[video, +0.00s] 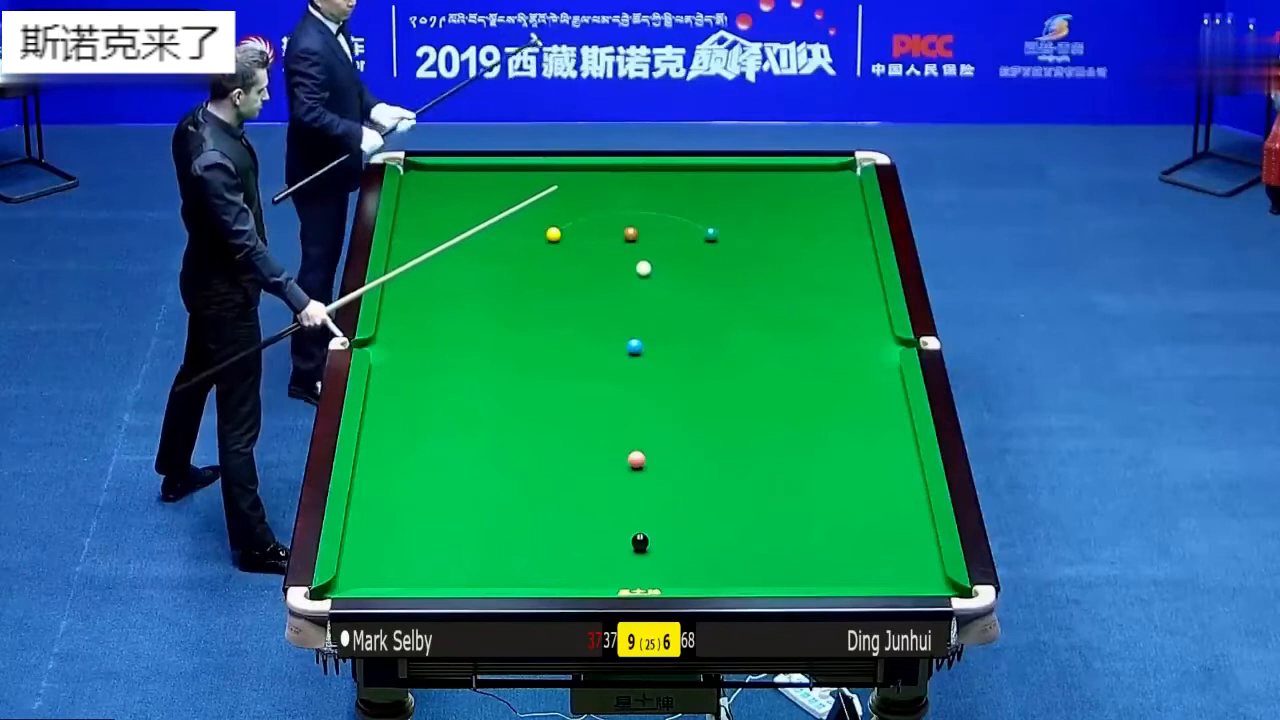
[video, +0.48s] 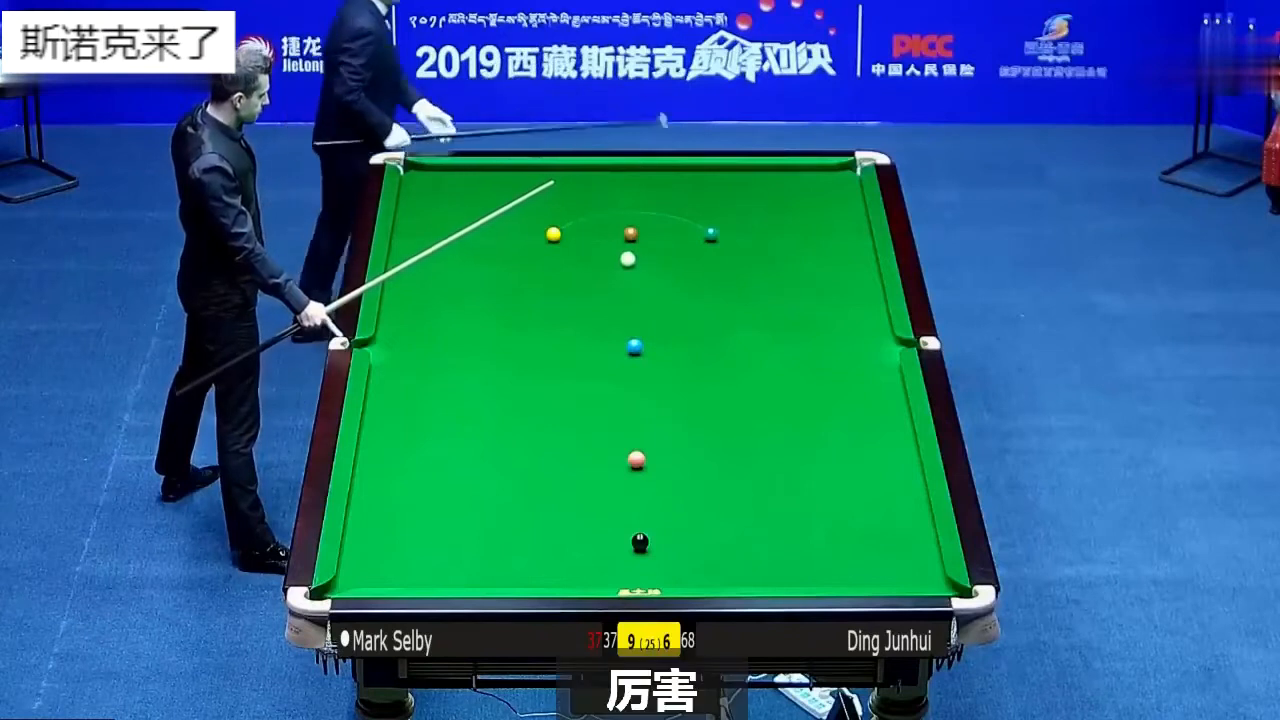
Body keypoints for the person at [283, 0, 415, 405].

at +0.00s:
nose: (352, 1)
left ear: (336, 3)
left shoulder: (334, 32)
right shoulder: (307, 44)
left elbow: (348, 87)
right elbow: (307, 111)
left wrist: (376, 108)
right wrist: (358, 134)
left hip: (336, 168)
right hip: (316, 174)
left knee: (326, 270)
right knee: (316, 272)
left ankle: (319, 366)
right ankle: (306, 376)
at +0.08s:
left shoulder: (336, 27)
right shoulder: (313, 37)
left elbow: (351, 81)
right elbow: (310, 102)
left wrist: (382, 104)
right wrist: (358, 131)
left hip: (336, 160)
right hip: (318, 166)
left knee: (332, 253)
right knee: (324, 257)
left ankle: (319, 349)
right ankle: (312, 368)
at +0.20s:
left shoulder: (345, 19)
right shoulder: (325, 27)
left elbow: (364, 71)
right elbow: (312, 94)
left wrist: (406, 99)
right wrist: (346, 133)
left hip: (336, 148)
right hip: (326, 153)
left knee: (321, 237)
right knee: (340, 242)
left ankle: (305, 320)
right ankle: (325, 334)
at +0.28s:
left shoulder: (352, 17)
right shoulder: (331, 24)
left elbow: (373, 69)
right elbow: (316, 90)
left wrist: (413, 99)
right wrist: (354, 129)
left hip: (340, 143)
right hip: (327, 147)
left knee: (323, 228)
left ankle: (311, 315)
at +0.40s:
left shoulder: (366, 15)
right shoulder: (347, 23)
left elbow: (383, 68)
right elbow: (332, 89)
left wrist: (419, 102)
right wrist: (369, 126)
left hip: (349, 140)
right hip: (337, 144)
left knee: (328, 226)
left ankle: (310, 315)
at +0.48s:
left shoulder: (374, 14)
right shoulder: (361, 24)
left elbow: (387, 67)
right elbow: (348, 92)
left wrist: (418, 104)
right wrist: (388, 129)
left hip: (362, 140)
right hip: (346, 144)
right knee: (340, 227)